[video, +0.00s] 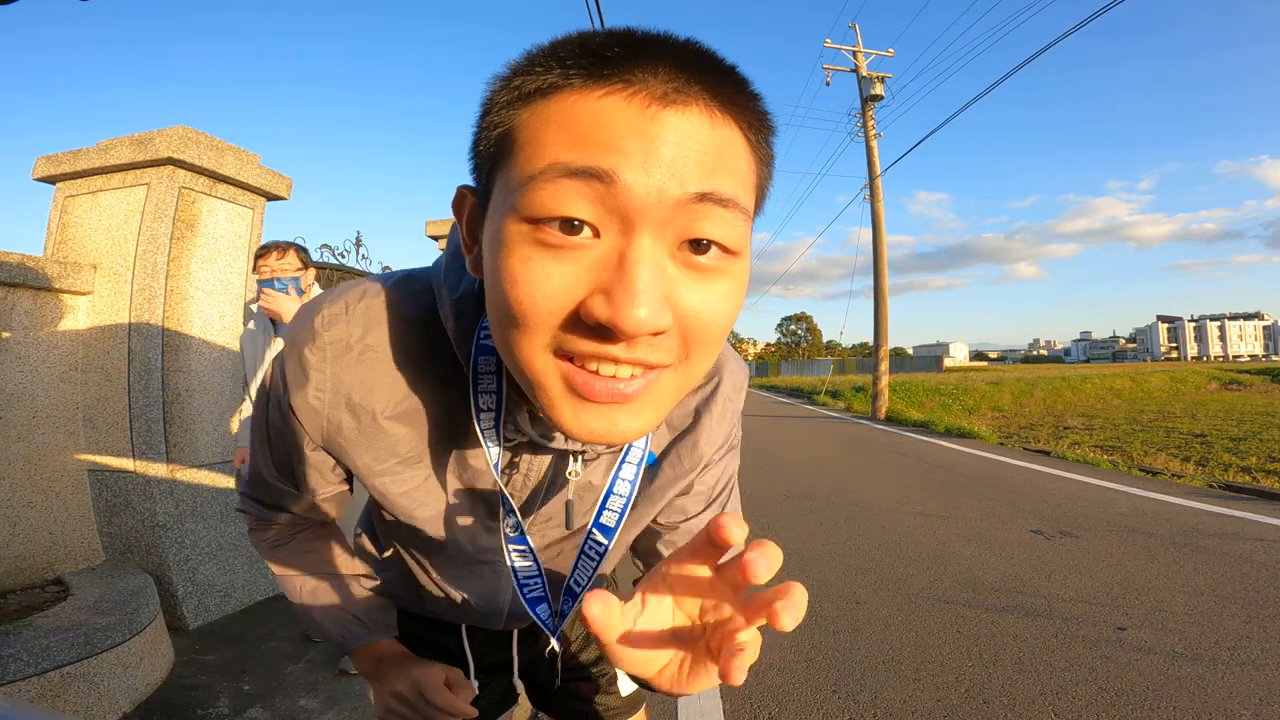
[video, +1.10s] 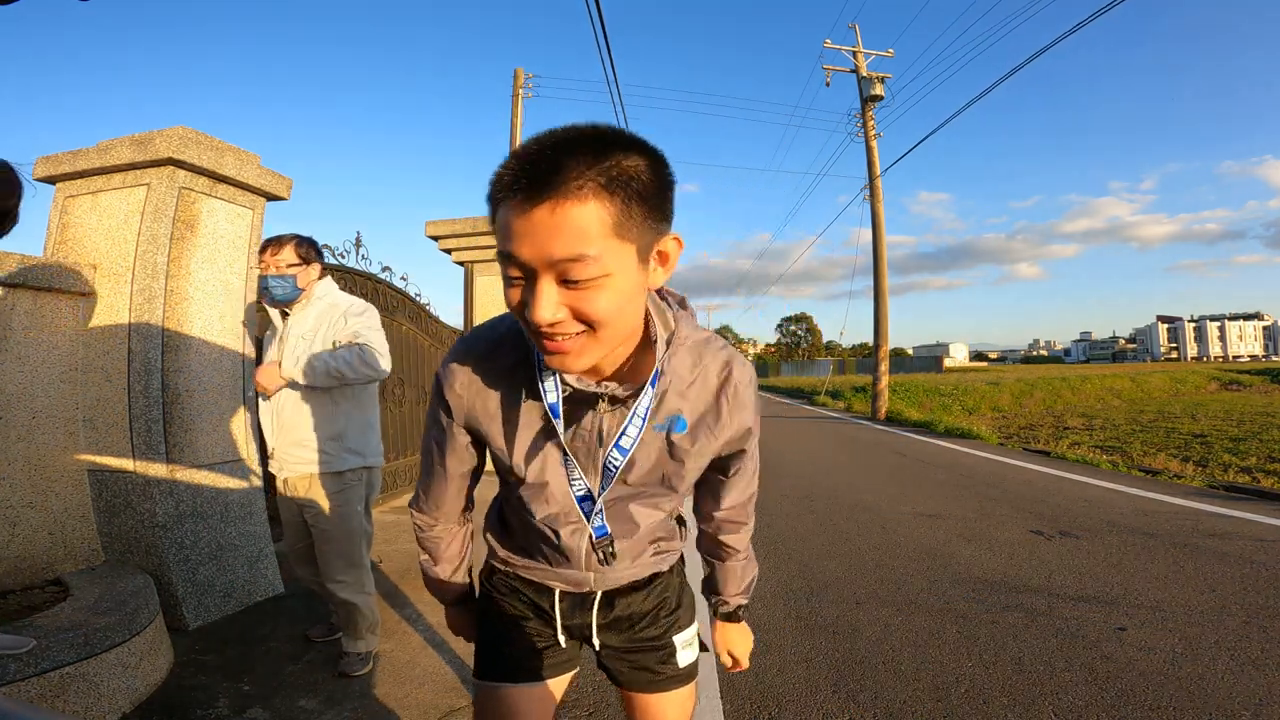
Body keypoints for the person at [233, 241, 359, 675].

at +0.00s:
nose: (273, 287)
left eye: (283, 278)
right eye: (265, 280)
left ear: (308, 278)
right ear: (254, 283)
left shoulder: (327, 313)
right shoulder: (255, 321)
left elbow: (334, 364)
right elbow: (251, 383)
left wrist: (295, 318)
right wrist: (245, 437)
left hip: (325, 441)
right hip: (275, 446)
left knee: (334, 529)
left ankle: (353, 633)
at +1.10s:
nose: (271, 278)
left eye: (282, 268)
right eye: (266, 270)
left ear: (313, 268)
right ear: (262, 276)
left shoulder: (351, 310)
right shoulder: (279, 330)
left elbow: (373, 360)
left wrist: (286, 372)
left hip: (338, 467)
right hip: (289, 468)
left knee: (344, 568)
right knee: (303, 561)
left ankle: (361, 642)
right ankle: (338, 616)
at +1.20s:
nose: (265, 278)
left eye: (274, 269)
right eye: (262, 271)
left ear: (309, 269)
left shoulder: (348, 311)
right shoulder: (284, 321)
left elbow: (385, 357)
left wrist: (321, 396)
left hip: (337, 471)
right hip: (291, 470)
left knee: (343, 569)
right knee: (303, 562)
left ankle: (360, 643)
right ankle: (340, 616)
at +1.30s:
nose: (264, 276)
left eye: (273, 267)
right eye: (264, 268)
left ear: (305, 267)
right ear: (290, 272)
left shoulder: (336, 307)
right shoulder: (293, 314)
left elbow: (384, 347)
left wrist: (349, 400)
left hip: (333, 465)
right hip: (297, 465)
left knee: (339, 567)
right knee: (308, 558)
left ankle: (355, 643)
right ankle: (337, 617)